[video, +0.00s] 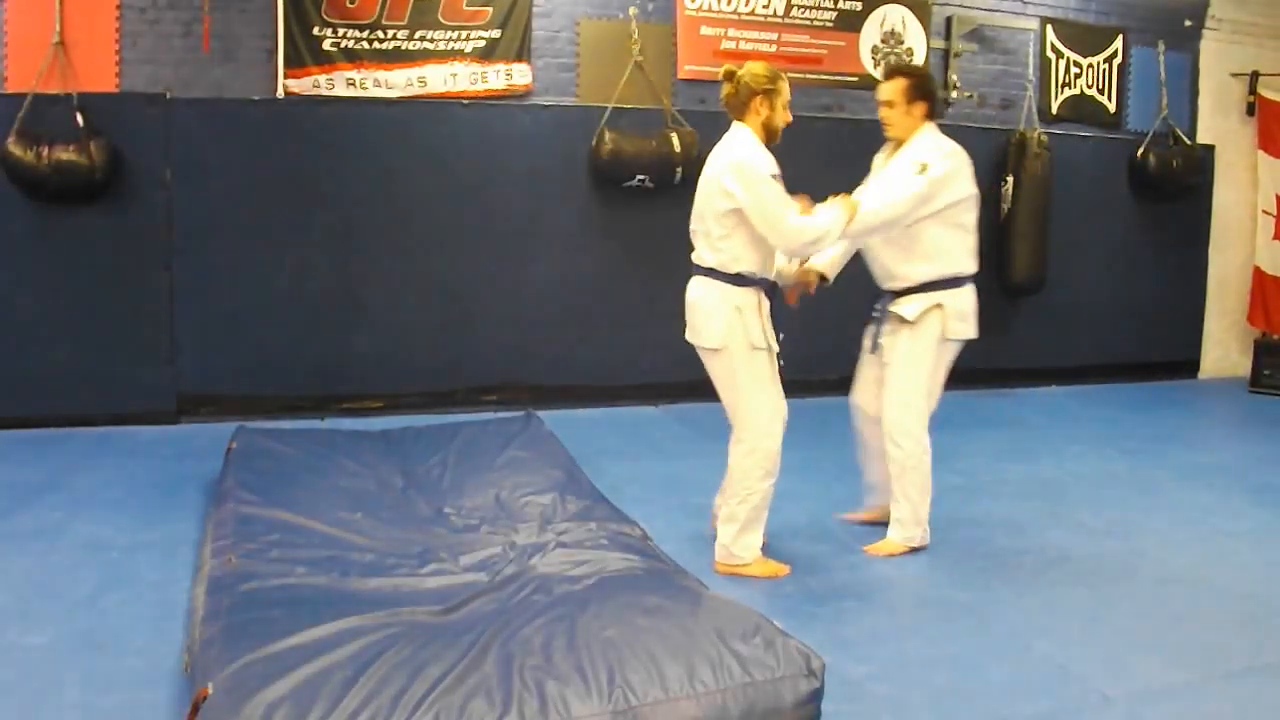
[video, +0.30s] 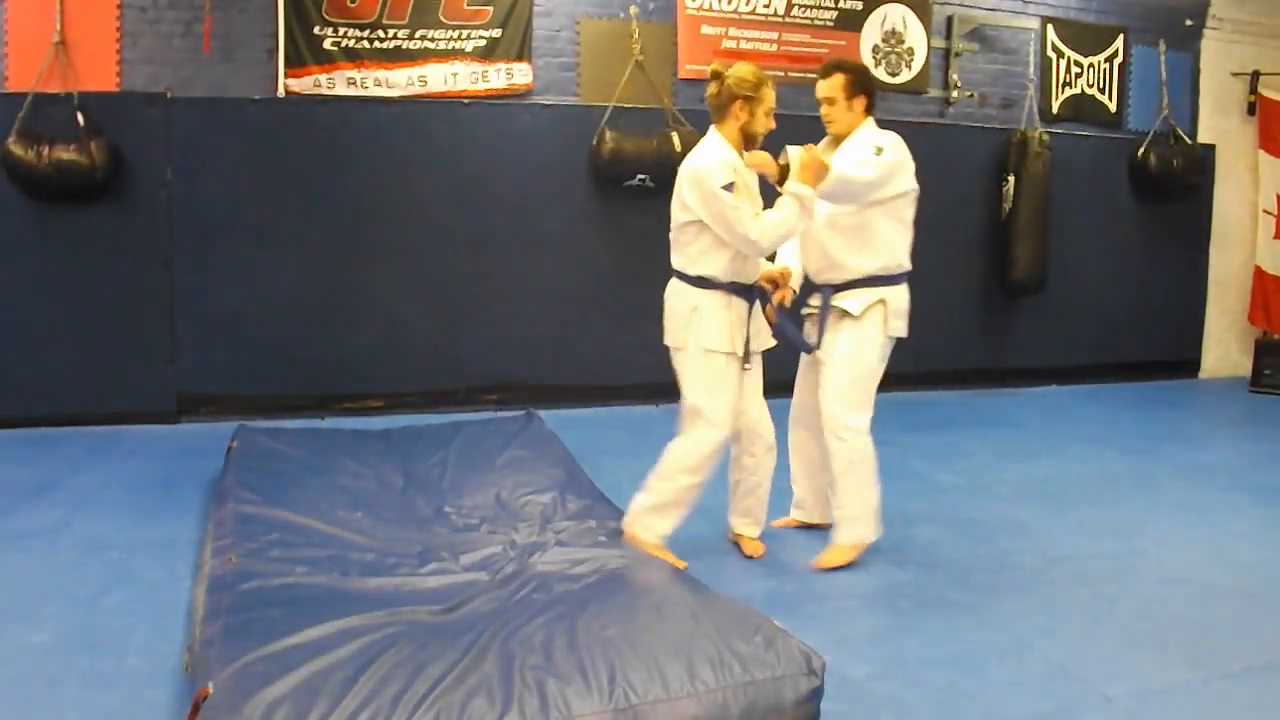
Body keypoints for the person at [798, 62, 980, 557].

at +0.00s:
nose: (881, 114)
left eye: (890, 105)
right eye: (880, 105)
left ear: (921, 108)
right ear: (887, 108)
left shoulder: (941, 158)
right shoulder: (889, 158)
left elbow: (881, 211)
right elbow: (858, 219)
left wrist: (820, 219)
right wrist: (819, 268)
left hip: (937, 304)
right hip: (899, 302)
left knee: (904, 414)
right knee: (868, 403)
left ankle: (911, 530)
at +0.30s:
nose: (821, 113)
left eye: (829, 103)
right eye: (819, 104)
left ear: (860, 102)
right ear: (827, 105)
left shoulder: (888, 149)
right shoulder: (823, 155)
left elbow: (848, 183)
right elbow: (801, 219)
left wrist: (782, 165)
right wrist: (786, 271)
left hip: (869, 301)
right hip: (826, 299)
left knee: (845, 414)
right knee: (807, 410)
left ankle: (856, 532)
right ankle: (812, 509)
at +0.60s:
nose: (801, 112)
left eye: (808, 102)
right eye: (798, 104)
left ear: (839, 100)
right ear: (806, 104)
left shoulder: (869, 150)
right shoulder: (801, 154)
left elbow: (833, 195)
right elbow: (777, 221)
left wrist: (766, 177)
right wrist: (761, 278)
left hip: (855, 303)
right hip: (813, 302)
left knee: (835, 423)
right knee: (799, 412)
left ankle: (833, 545)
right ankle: (807, 508)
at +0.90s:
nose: (817, 114)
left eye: (825, 105)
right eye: (814, 105)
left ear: (855, 103)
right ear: (816, 106)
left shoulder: (895, 158)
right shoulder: (818, 158)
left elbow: (886, 235)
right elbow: (803, 225)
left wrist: (831, 279)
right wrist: (789, 281)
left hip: (869, 304)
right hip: (822, 301)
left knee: (847, 417)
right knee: (809, 407)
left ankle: (832, 540)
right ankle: (810, 505)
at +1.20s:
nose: (880, 119)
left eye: (888, 111)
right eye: (877, 111)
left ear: (918, 112)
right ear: (880, 113)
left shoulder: (949, 168)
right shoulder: (883, 162)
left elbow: (933, 240)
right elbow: (862, 227)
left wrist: (884, 287)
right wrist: (838, 275)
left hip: (924, 306)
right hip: (876, 301)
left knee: (906, 409)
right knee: (847, 403)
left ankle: (967, 498)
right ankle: (823, 504)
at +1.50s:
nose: (957, 114)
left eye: (967, 106)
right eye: (955, 105)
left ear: (995, 110)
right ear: (956, 107)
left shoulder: (1023, 168)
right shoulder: (955, 157)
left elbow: (1006, 242)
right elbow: (938, 229)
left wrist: (956, 289)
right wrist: (925, 280)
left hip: (995, 296)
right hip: (948, 294)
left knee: (976, 400)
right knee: (923, 390)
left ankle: (979, 510)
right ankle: (950, 484)